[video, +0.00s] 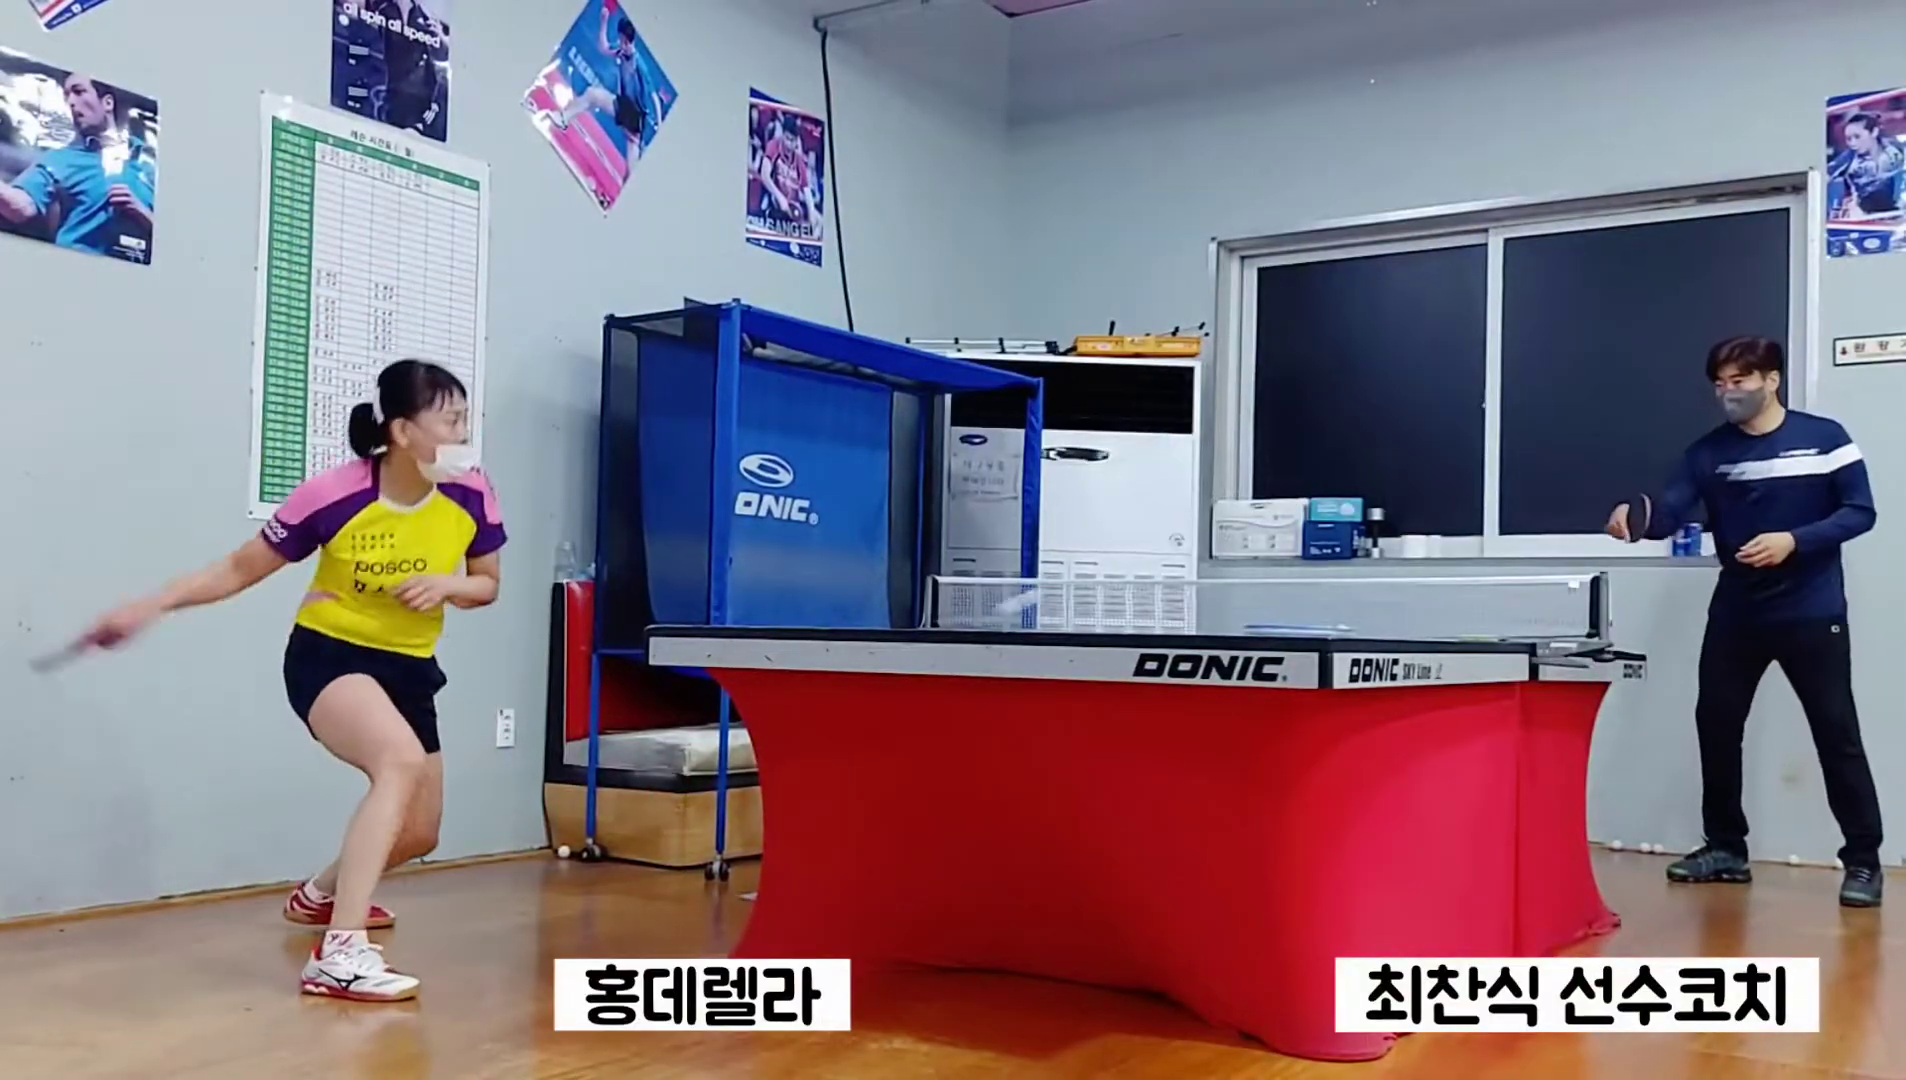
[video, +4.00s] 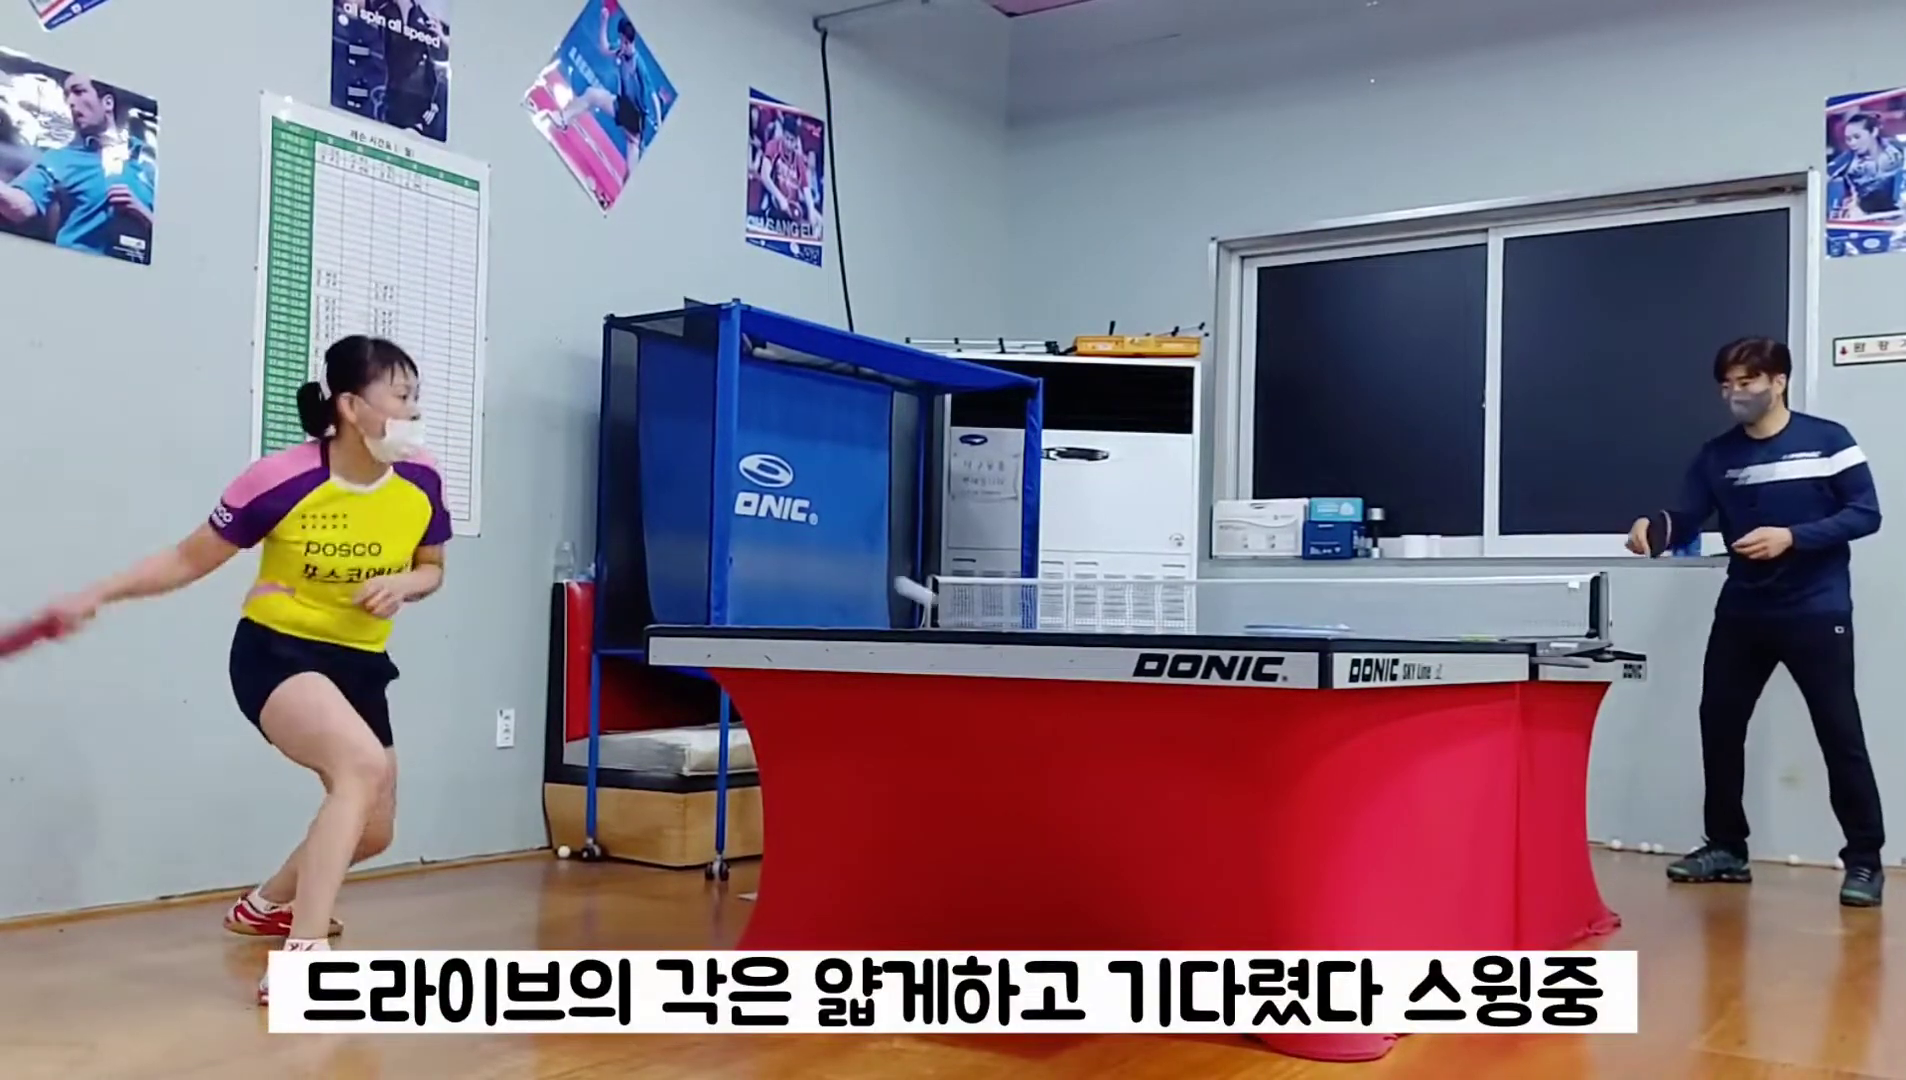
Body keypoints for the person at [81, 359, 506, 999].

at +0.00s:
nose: (459, 431)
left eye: (462, 417)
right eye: (446, 418)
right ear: (399, 429)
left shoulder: (471, 495)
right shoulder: (336, 495)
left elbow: (487, 586)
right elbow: (239, 569)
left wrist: (450, 586)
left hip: (410, 670)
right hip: (330, 654)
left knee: (418, 834)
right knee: (400, 762)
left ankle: (322, 892)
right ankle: (341, 952)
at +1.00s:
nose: (420, 432)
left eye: (422, 418)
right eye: (407, 419)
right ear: (361, 430)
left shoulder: (432, 495)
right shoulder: (293, 494)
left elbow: (442, 587)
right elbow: (198, 567)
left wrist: (402, 598)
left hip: (373, 671)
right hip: (291, 657)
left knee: (393, 832)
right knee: (362, 759)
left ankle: (297, 897)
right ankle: (312, 954)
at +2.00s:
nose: (385, 425)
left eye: (387, 412)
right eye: (370, 412)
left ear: (388, 416)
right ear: (322, 426)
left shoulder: (401, 491)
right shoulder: (257, 497)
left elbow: (416, 581)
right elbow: (168, 573)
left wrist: (381, 590)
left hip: (349, 670)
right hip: (265, 658)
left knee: (371, 830)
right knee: (341, 760)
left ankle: (270, 897)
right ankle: (284, 954)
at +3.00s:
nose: (387, 412)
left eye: (388, 399)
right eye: (374, 399)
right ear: (326, 409)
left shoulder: (396, 484)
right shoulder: (254, 475)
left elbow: (401, 571)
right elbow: (165, 554)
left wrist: (371, 585)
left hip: (331, 661)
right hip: (246, 645)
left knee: (350, 820)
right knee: (313, 760)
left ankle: (251, 901)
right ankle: (260, 952)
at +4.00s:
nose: (411, 414)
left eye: (413, 400)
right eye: (398, 399)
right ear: (349, 408)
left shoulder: (420, 480)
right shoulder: (281, 479)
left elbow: (431, 570)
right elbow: (189, 559)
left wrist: (404, 586)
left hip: (361, 664)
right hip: (277, 649)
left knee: (372, 834)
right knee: (360, 767)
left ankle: (267, 902)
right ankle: (304, 959)